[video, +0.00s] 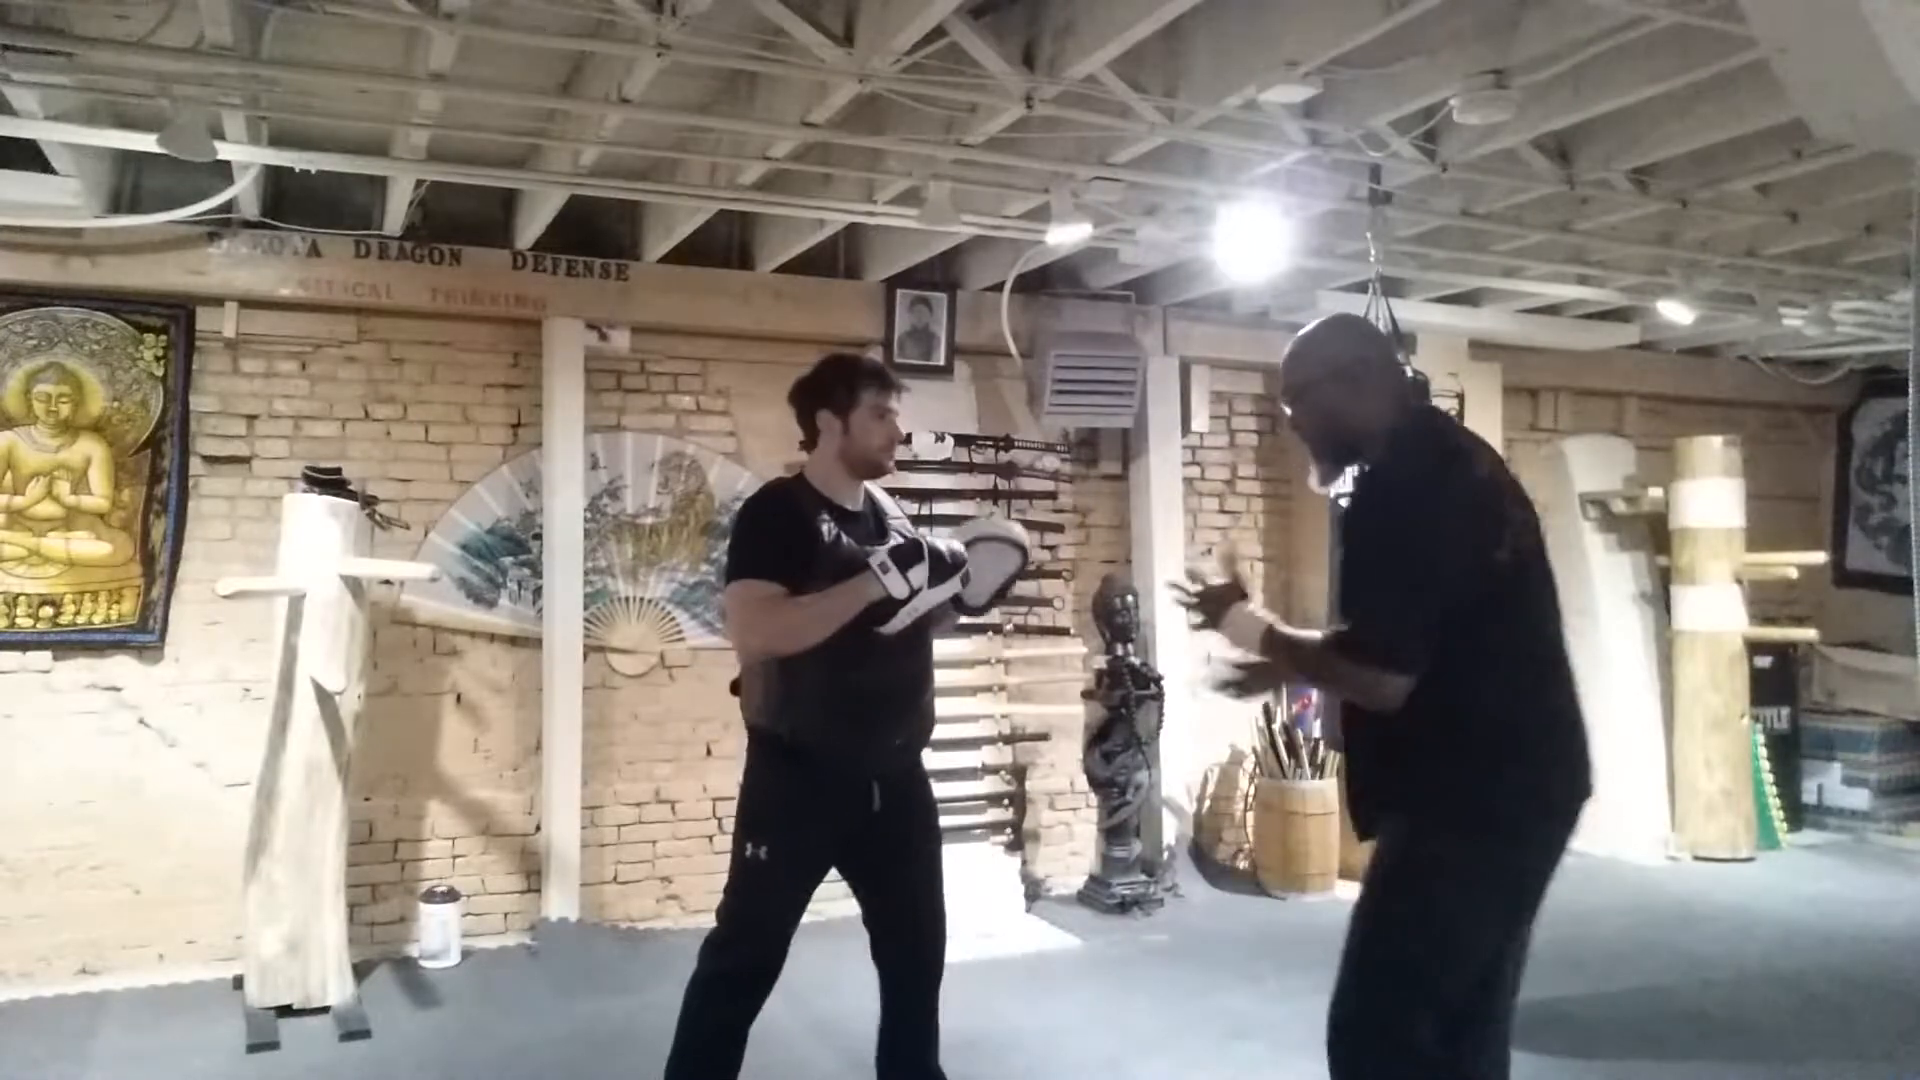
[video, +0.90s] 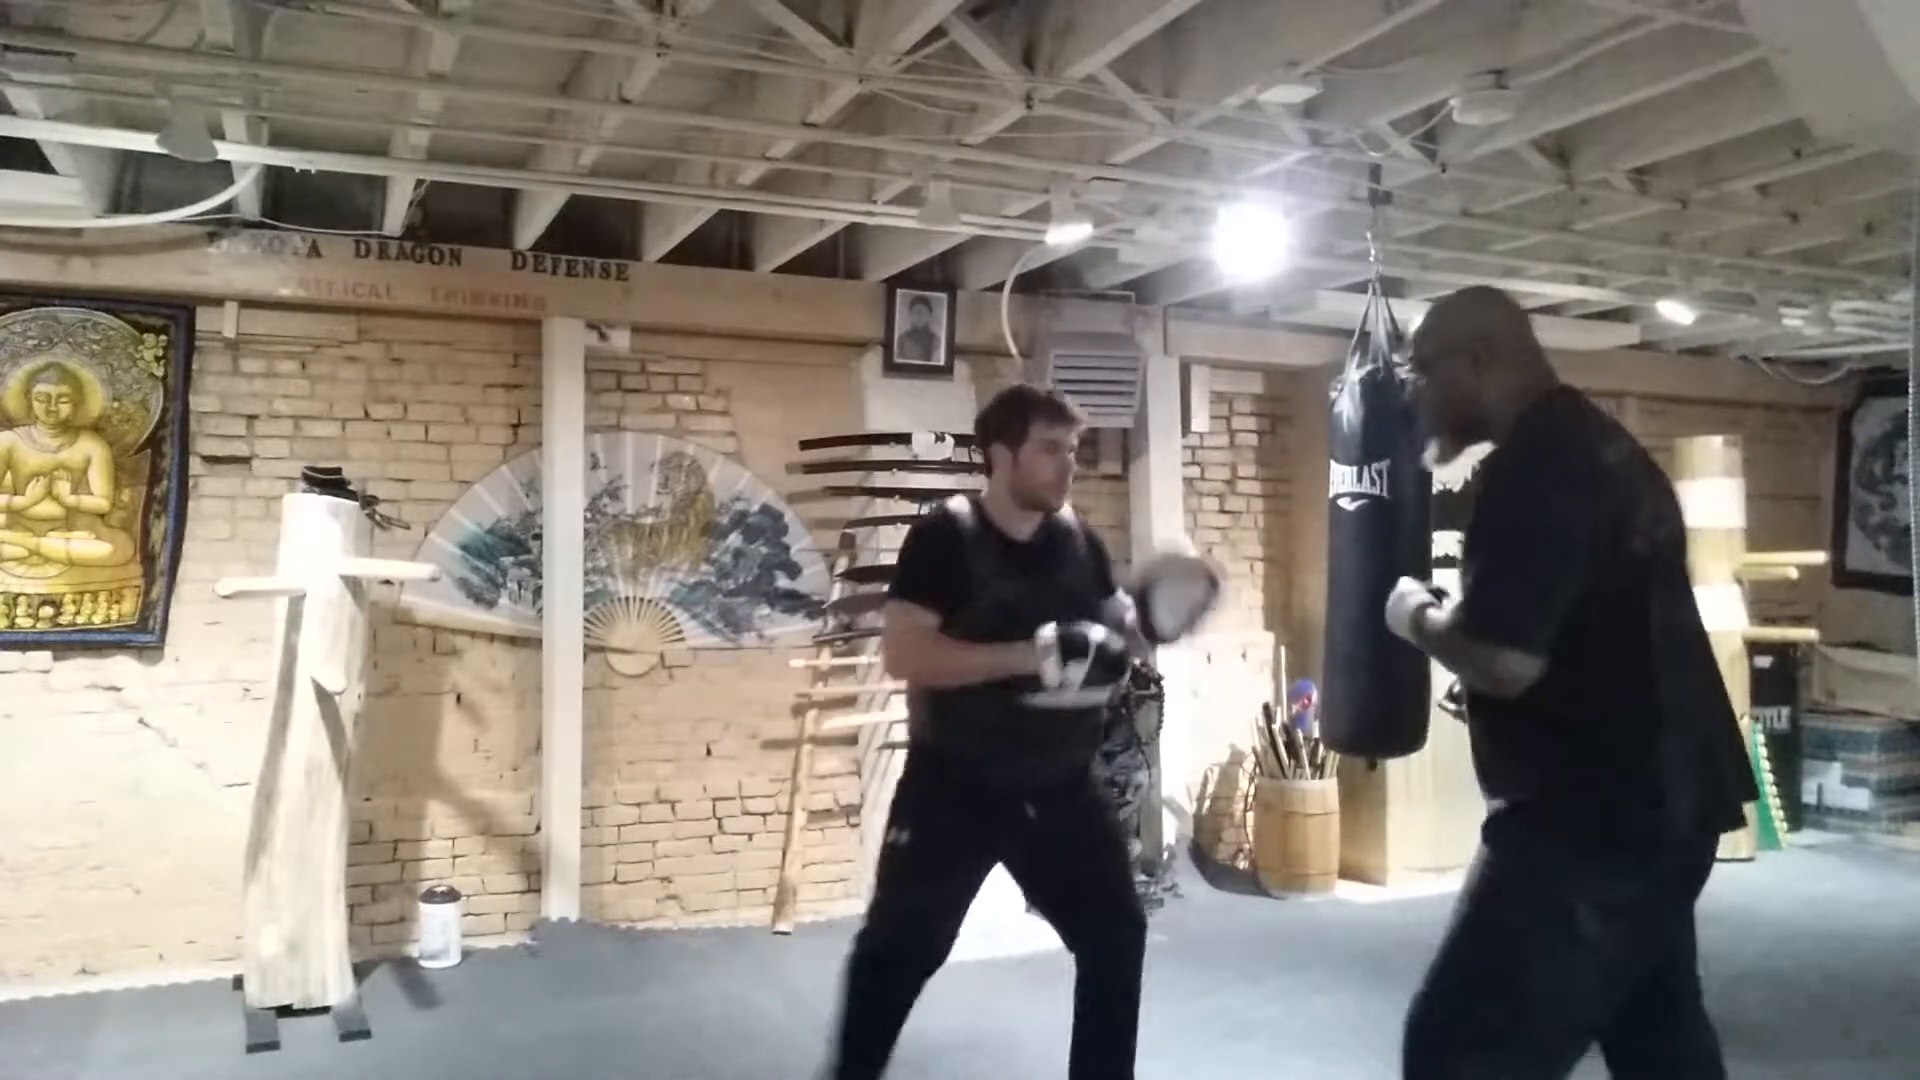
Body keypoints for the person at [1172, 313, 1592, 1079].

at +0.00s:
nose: (1294, 423)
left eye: (1299, 399)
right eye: (1288, 404)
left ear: (1358, 382)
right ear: (1371, 382)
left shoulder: (1405, 478)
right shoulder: (1453, 459)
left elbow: (1382, 672)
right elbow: (1412, 648)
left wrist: (1253, 628)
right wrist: (1288, 669)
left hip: (1468, 800)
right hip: (1519, 786)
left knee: (1375, 1038)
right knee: (1465, 1035)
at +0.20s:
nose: (1313, 415)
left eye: (1317, 390)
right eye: (1307, 395)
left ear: (1372, 369)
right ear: (1376, 369)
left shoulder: (1468, 452)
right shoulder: (1409, 462)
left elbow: (1490, 627)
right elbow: (1431, 606)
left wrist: (1347, 617)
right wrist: (1332, 620)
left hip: (1547, 798)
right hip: (1497, 794)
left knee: (1456, 1048)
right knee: (1508, 1033)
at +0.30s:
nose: (1337, 402)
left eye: (1344, 379)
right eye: (1332, 382)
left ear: (1401, 365)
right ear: (1403, 366)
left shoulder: (1508, 445)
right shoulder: (1427, 467)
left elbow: (1588, 601)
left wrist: (1414, 619)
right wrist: (1376, 646)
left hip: (1562, 817)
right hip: (1504, 810)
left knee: (1463, 1056)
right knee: (1546, 1039)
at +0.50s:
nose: (1411, 418)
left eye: (1419, 393)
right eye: (1409, 398)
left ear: (1477, 375)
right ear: (1488, 377)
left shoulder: (1590, 469)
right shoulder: (1529, 479)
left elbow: (1695, 639)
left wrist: (1500, 651)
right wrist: (1451, 642)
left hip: (1580, 835)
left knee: (1406, 1035)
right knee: (1630, 1043)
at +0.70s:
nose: (1441, 392)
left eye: (1450, 367)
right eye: (1439, 372)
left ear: (1508, 351)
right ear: (1517, 353)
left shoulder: (1587, 449)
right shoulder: (1585, 443)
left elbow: (1621, 633)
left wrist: (1470, 623)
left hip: (1585, 811)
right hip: (1641, 808)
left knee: (1425, 1032)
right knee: (1662, 1056)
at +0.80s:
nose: (1436, 394)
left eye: (1442, 369)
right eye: (1433, 375)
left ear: (1505, 350)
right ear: (1521, 351)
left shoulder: (1563, 450)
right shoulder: (1615, 442)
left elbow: (1554, 641)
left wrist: (1442, 620)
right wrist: (1479, 648)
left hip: (1576, 823)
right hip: (1655, 811)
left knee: (1462, 1057)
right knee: (1669, 1055)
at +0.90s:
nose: (1417, 395)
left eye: (1424, 372)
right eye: (1414, 375)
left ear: (1484, 360)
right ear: (1500, 359)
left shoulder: (1538, 464)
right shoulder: (1604, 447)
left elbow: (1506, 661)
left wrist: (1420, 619)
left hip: (1578, 825)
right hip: (1662, 810)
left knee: (1453, 1053)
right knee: (1664, 1048)